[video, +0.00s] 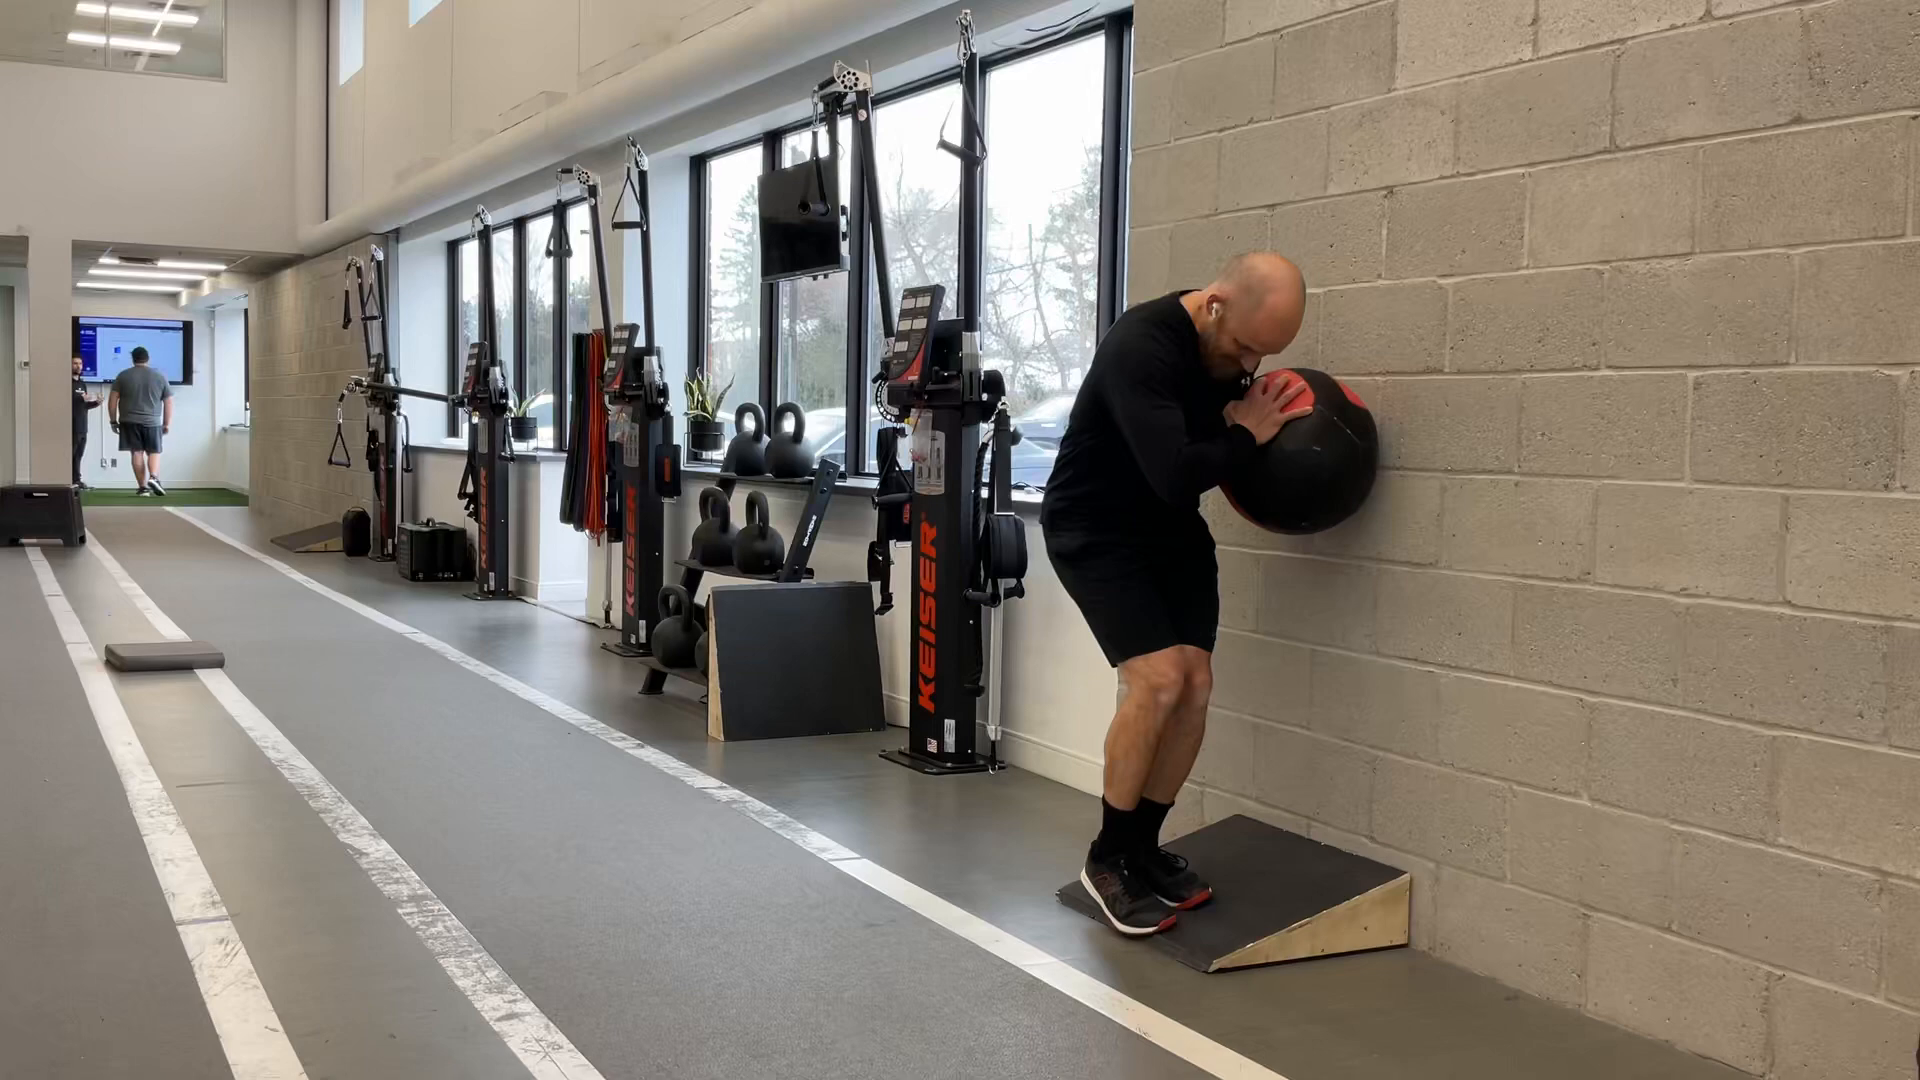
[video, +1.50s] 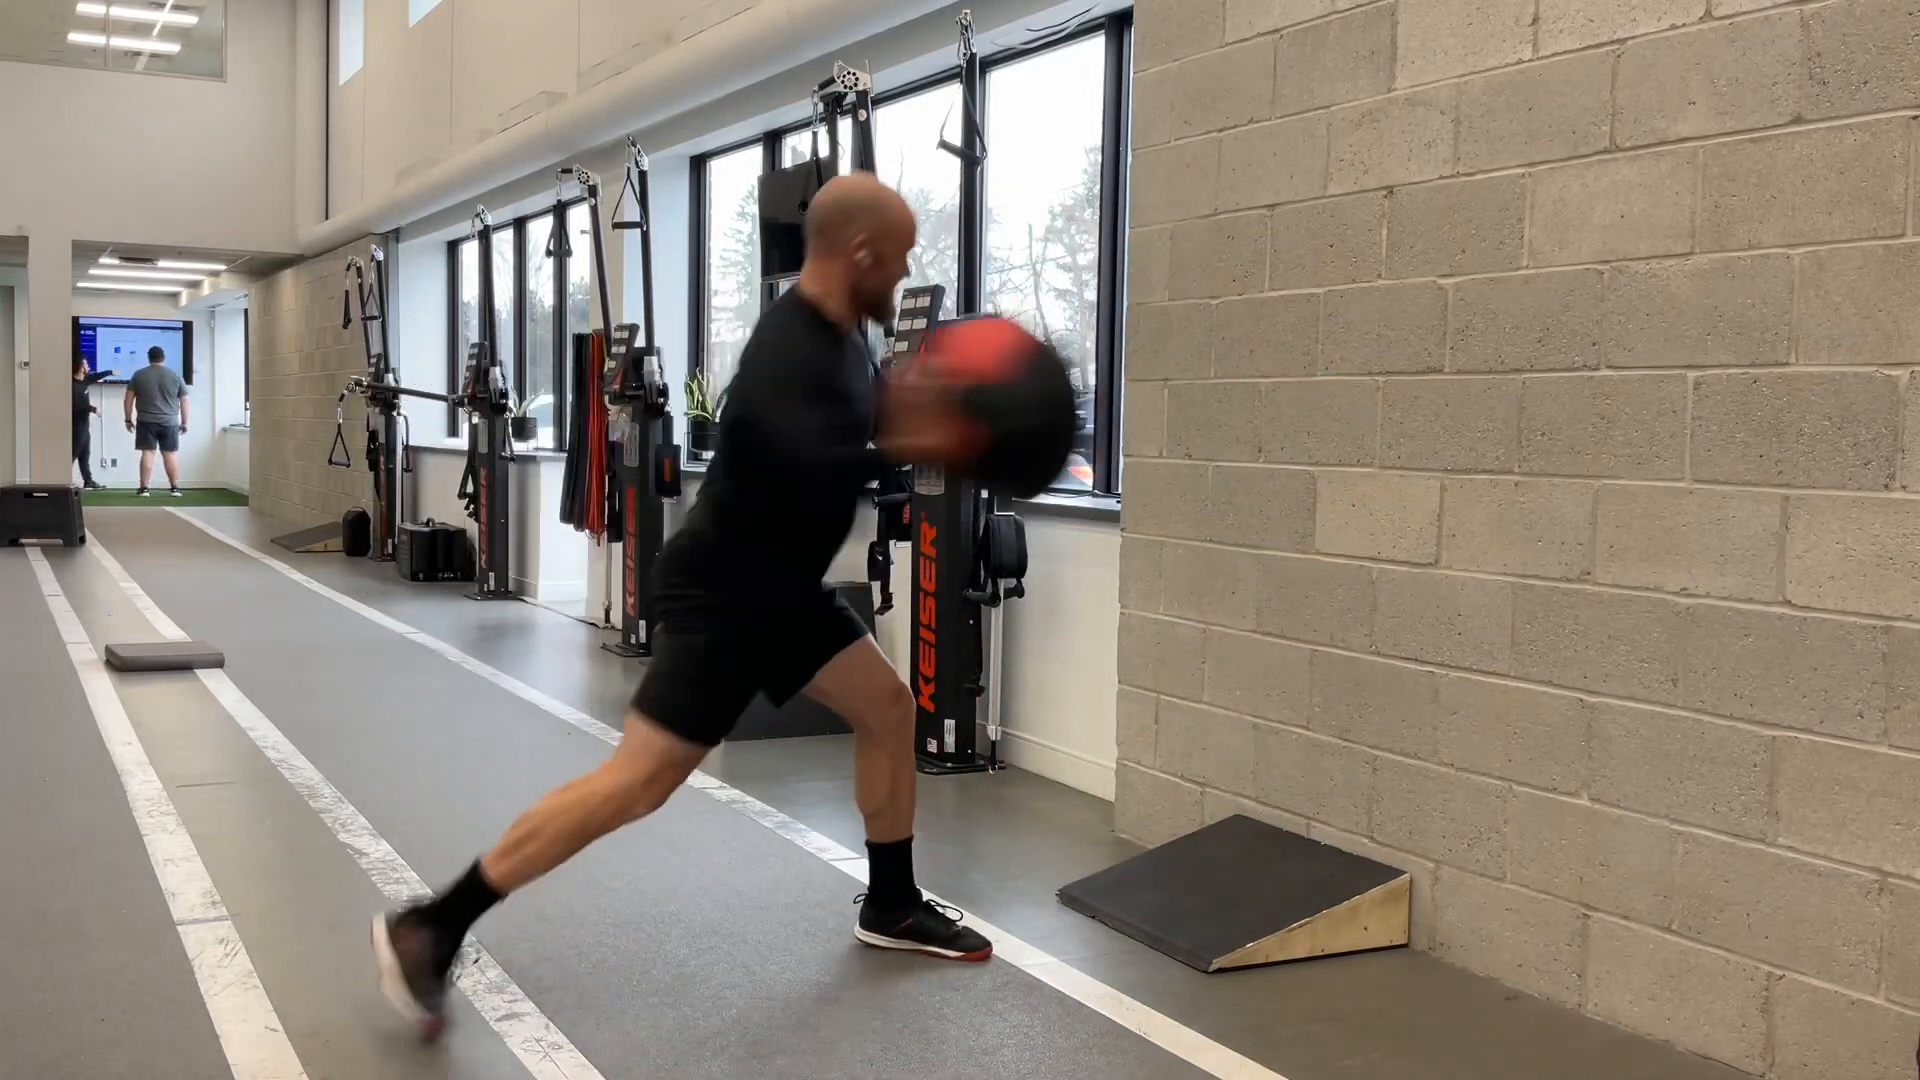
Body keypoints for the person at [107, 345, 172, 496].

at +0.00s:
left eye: (136, 359)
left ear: (133, 360)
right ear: (148, 359)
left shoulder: (123, 375)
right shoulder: (158, 376)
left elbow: (113, 399)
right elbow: (168, 401)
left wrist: (113, 420)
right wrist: (166, 423)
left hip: (129, 422)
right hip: (151, 423)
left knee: (136, 453)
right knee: (154, 452)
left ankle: (143, 487)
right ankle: (154, 477)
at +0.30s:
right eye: (151, 361)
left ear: (138, 361)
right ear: (153, 362)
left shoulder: (126, 375)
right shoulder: (161, 379)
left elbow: (113, 395)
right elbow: (168, 405)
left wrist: (111, 418)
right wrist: (164, 427)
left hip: (127, 422)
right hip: (149, 424)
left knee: (135, 453)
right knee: (150, 453)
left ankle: (141, 487)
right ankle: (145, 478)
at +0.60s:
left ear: (136, 359)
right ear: (151, 359)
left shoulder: (125, 374)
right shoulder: (159, 377)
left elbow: (113, 396)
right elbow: (169, 402)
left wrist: (112, 418)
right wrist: (167, 424)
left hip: (129, 422)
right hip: (151, 423)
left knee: (137, 452)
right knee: (153, 452)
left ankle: (142, 487)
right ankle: (149, 477)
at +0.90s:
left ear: (134, 358)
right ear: (149, 358)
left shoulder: (124, 375)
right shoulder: (158, 374)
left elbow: (115, 399)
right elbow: (170, 398)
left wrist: (117, 420)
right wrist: (171, 421)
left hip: (133, 422)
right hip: (155, 422)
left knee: (139, 453)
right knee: (161, 453)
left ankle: (143, 488)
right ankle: (168, 483)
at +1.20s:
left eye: (142, 357)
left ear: (139, 358)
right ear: (153, 358)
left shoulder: (129, 375)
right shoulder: (164, 375)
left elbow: (120, 399)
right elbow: (175, 399)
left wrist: (120, 420)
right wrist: (175, 421)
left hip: (137, 422)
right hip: (159, 422)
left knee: (142, 453)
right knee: (165, 454)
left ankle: (144, 488)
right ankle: (174, 487)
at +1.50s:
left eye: (152, 357)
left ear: (149, 358)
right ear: (163, 358)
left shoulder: (139, 375)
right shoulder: (174, 376)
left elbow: (129, 397)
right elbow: (184, 399)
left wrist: (128, 418)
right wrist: (184, 422)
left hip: (146, 422)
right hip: (169, 423)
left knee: (147, 453)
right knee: (170, 454)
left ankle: (144, 487)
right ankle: (174, 487)